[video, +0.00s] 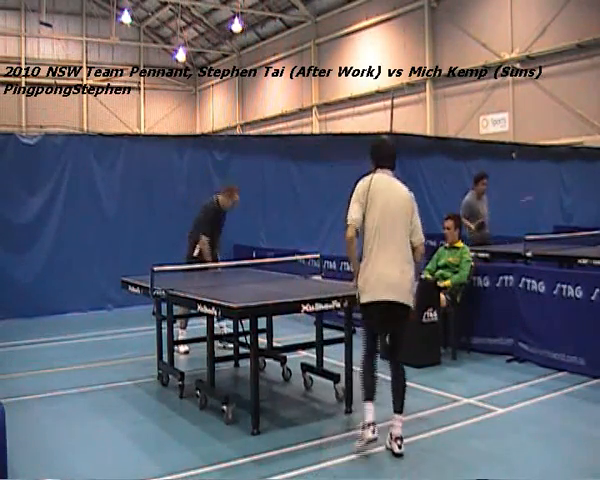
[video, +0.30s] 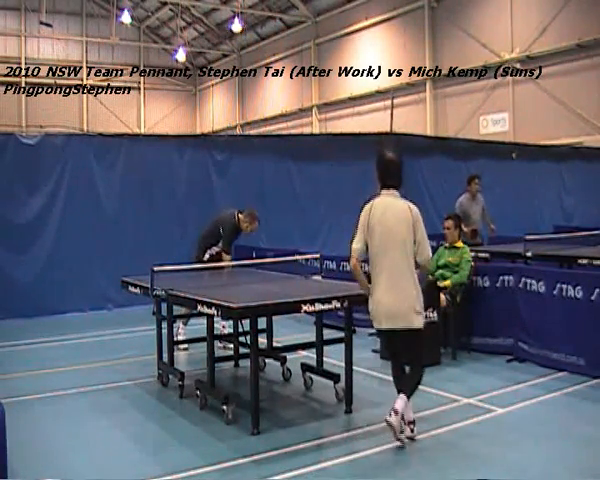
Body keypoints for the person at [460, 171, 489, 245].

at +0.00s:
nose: (485, 187)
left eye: (486, 185)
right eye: (482, 184)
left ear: (486, 186)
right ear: (476, 185)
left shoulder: (484, 197)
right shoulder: (468, 200)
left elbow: (484, 213)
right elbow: (462, 217)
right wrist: (471, 226)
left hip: (485, 233)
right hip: (474, 236)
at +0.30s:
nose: (478, 187)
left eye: (478, 184)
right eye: (475, 184)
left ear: (480, 186)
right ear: (469, 186)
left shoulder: (480, 198)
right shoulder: (462, 201)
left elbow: (483, 213)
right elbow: (458, 218)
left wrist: (489, 224)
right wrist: (464, 229)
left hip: (479, 232)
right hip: (466, 233)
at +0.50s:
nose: (472, 186)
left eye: (473, 184)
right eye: (469, 183)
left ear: (474, 186)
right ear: (463, 186)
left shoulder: (473, 198)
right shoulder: (455, 201)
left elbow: (476, 213)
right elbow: (450, 218)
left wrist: (481, 228)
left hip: (471, 234)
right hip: (459, 235)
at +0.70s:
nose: (468, 185)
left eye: (469, 183)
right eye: (465, 183)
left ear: (470, 185)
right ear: (459, 185)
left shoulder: (469, 198)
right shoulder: (452, 200)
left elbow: (471, 214)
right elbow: (446, 217)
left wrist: (473, 230)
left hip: (467, 234)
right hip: (455, 236)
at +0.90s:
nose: (467, 189)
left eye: (468, 187)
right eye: (465, 187)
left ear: (469, 189)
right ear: (459, 189)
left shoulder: (469, 201)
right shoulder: (451, 204)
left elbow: (470, 217)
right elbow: (445, 220)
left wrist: (474, 232)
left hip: (466, 235)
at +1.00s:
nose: (468, 187)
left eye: (469, 185)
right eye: (466, 184)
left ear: (470, 186)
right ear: (459, 187)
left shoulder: (467, 198)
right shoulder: (454, 202)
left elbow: (470, 212)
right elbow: (451, 220)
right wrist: (462, 226)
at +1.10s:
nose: (469, 189)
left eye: (470, 186)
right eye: (468, 186)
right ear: (462, 186)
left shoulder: (455, 185)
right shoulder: (457, 205)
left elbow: (450, 182)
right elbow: (461, 223)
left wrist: (445, 179)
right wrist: (479, 218)